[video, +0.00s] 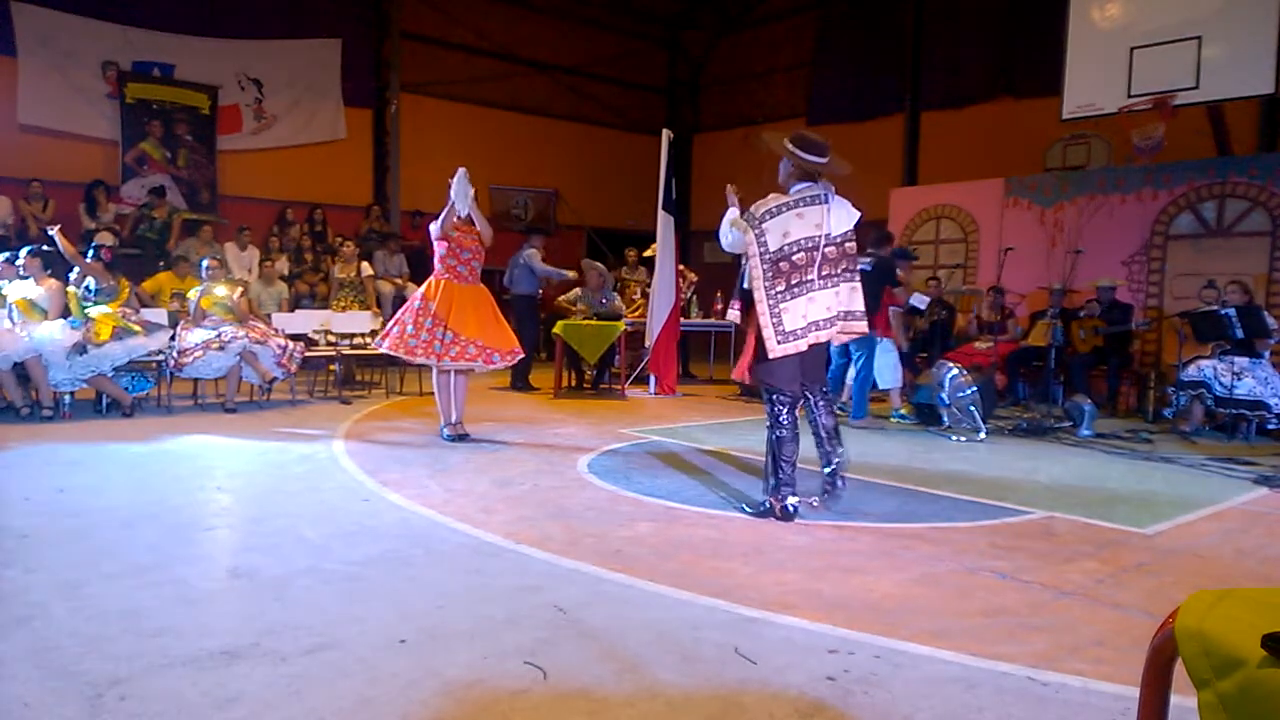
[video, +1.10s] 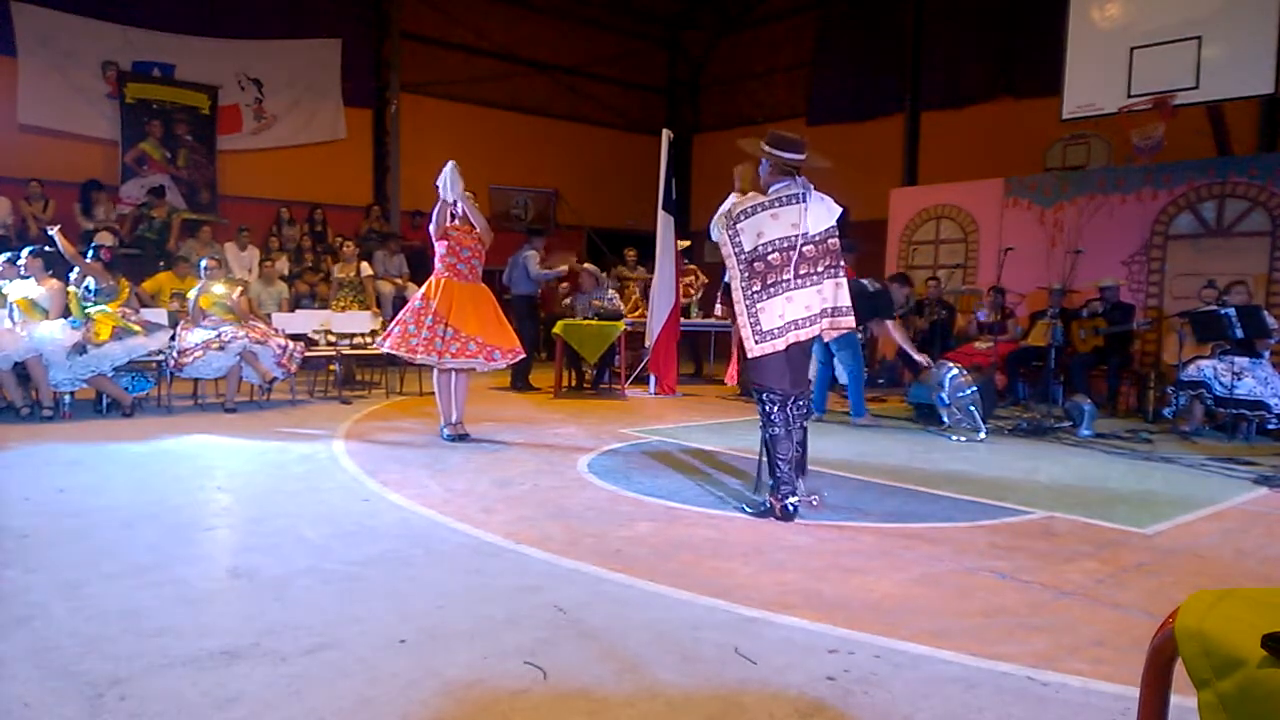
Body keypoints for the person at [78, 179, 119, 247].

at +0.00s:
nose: (100, 194)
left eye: (102, 191)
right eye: (97, 191)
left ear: (106, 192)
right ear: (91, 193)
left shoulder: (112, 207)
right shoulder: (84, 207)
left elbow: (131, 210)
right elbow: (87, 225)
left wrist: (126, 230)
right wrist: (110, 226)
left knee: (104, 235)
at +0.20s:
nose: (100, 194)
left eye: (102, 191)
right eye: (97, 191)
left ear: (106, 192)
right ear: (91, 193)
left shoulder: (112, 207)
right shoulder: (84, 207)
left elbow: (131, 210)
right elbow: (86, 225)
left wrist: (126, 230)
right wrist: (110, 226)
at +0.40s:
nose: (100, 194)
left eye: (102, 191)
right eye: (97, 191)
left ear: (106, 192)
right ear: (91, 193)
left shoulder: (112, 207)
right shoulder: (84, 207)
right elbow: (86, 224)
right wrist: (109, 226)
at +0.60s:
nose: (100, 194)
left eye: (103, 191)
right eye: (97, 191)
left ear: (106, 192)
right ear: (91, 193)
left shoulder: (112, 207)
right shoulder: (84, 207)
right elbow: (86, 225)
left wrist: (102, 204)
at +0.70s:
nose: (100, 194)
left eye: (103, 191)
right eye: (97, 191)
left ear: (106, 192)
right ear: (91, 193)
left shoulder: (112, 207)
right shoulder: (84, 207)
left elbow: (132, 210)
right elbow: (86, 224)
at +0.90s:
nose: (100, 193)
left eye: (102, 190)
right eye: (96, 191)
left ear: (106, 192)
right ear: (90, 193)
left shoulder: (111, 206)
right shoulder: (83, 207)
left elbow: (132, 211)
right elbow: (86, 225)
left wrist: (125, 229)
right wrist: (109, 226)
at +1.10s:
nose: (96, 197)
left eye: (98, 193)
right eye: (93, 193)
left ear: (103, 193)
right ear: (86, 194)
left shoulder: (108, 205)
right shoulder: (80, 206)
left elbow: (112, 220)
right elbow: (83, 224)